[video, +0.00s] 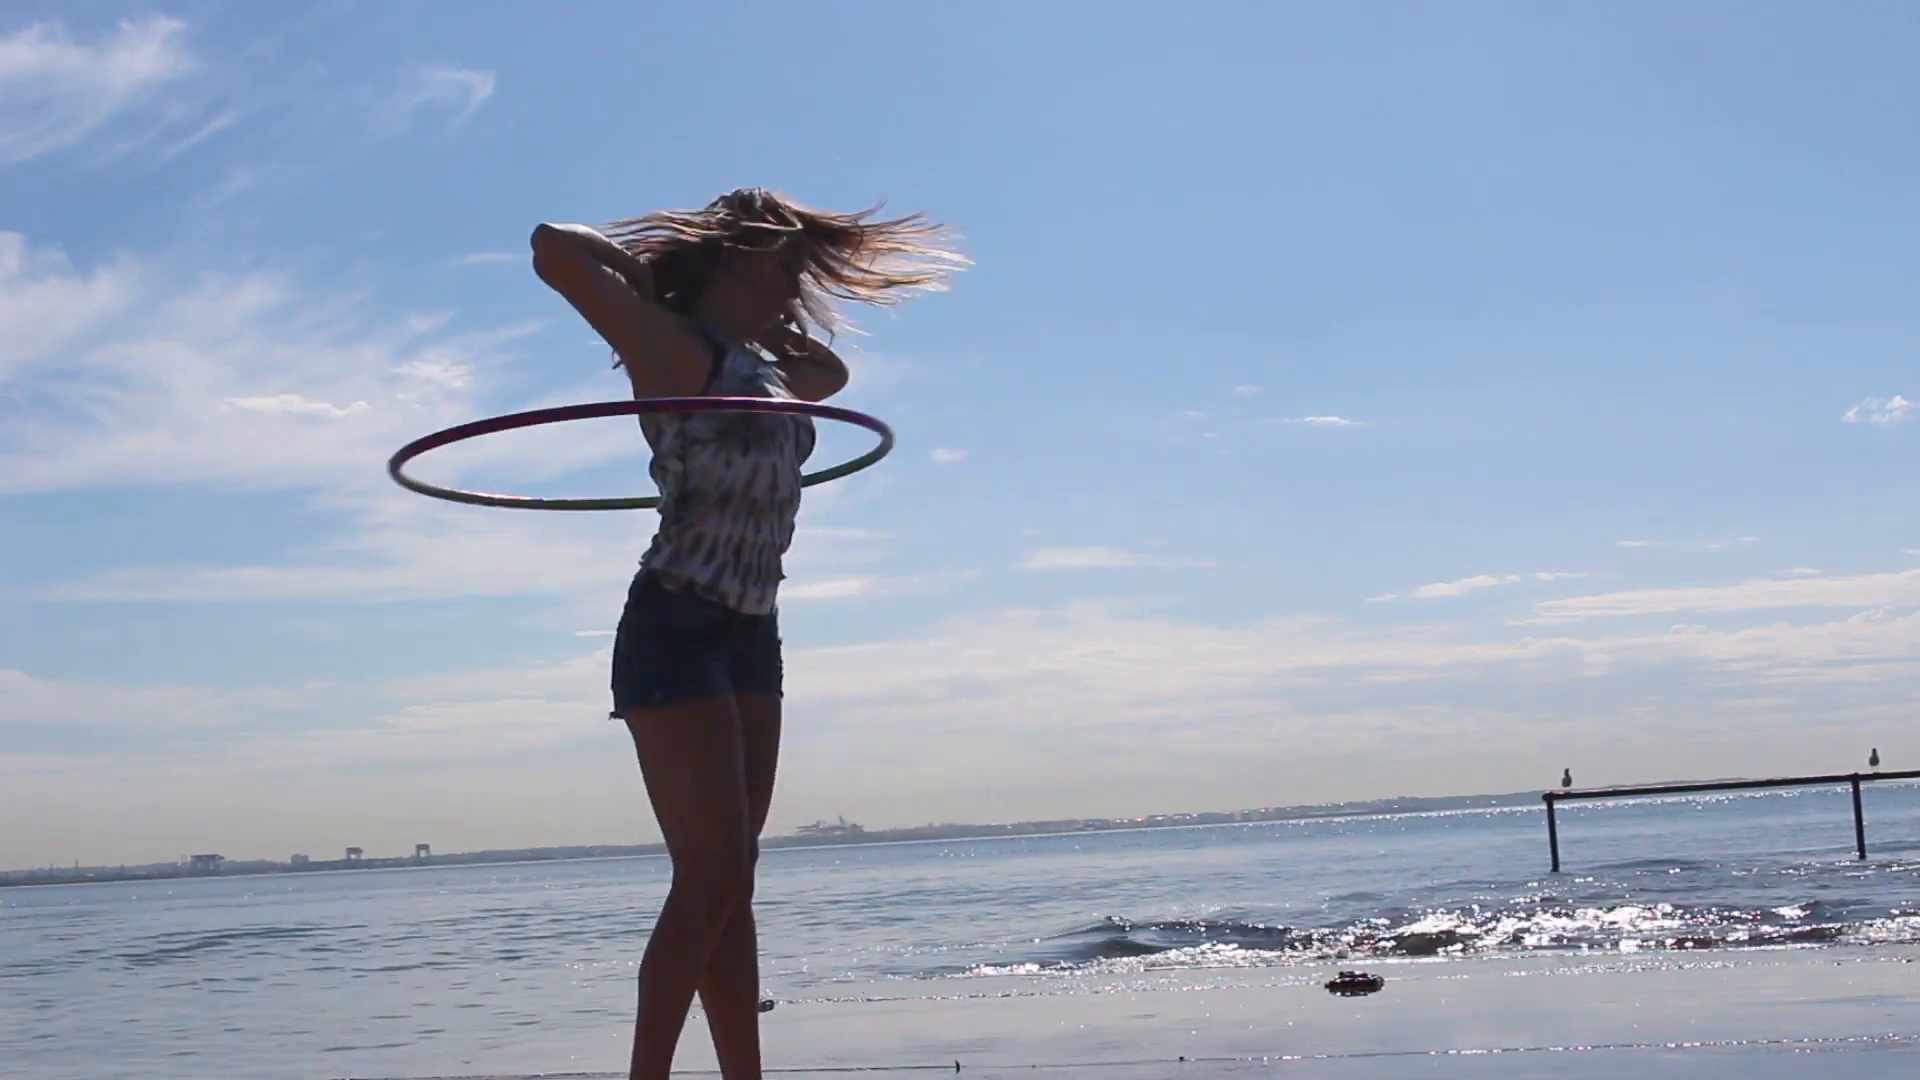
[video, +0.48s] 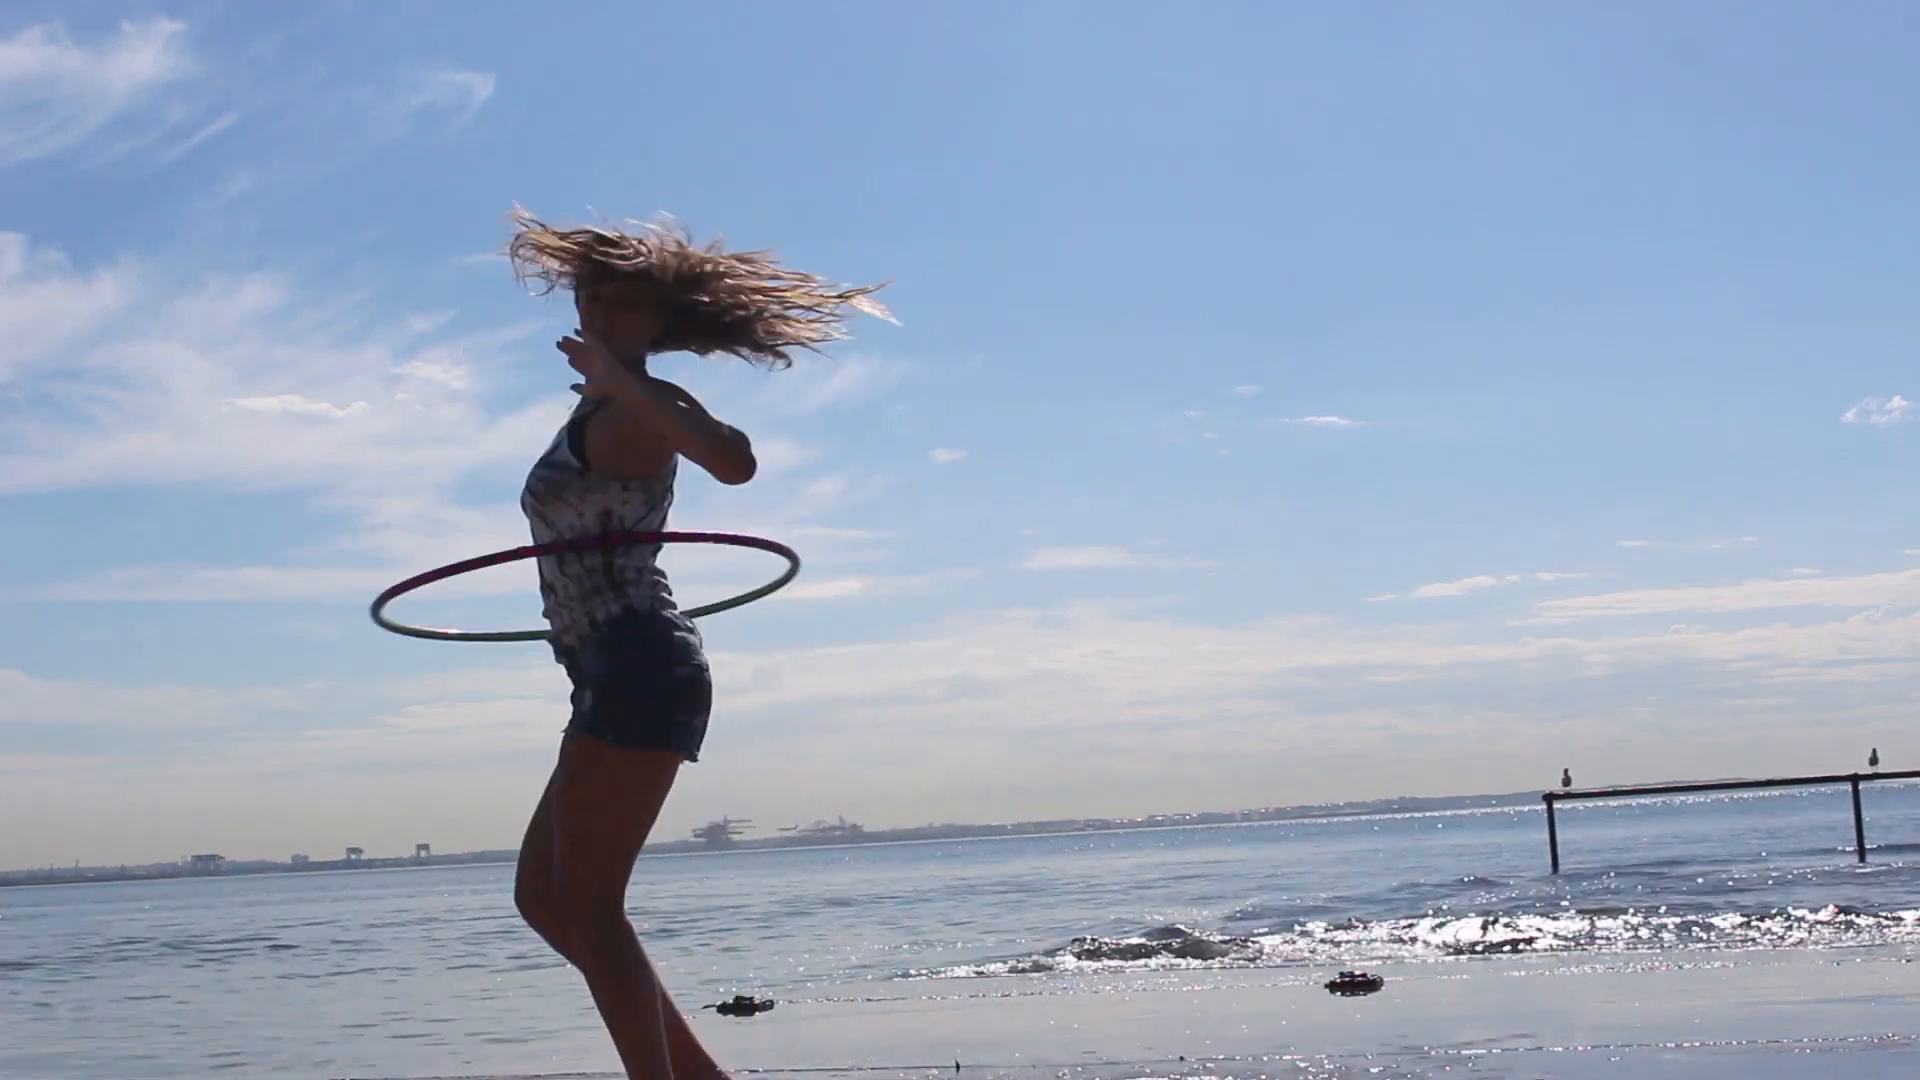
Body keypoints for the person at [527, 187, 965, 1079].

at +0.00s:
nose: (795, 288)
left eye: (798, 271)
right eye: (783, 268)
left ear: (761, 278)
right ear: (730, 266)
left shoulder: (763, 366)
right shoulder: (668, 347)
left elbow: (831, 373)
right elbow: (552, 246)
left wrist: (777, 321)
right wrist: (643, 262)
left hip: (752, 636)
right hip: (674, 630)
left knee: (733, 877)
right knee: (710, 873)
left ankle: (743, 1076)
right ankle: (648, 1073)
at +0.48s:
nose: (582, 318)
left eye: (597, 302)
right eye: (584, 304)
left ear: (637, 316)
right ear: (611, 318)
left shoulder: (651, 402)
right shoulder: (597, 412)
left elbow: (737, 461)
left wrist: (628, 386)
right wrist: (579, 623)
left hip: (646, 673)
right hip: (614, 672)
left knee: (582, 902)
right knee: (541, 896)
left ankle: (657, 1073)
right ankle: (699, 1068)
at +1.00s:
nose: (506, 395)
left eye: (503, 384)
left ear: (519, 379)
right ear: (574, 340)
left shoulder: (529, 442)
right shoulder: (661, 401)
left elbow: (412, 505)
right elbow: (764, 408)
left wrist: (417, 410)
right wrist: (729, 336)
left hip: (550, 682)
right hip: (646, 677)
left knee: (610, 893)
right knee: (708, 883)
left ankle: (620, 1067)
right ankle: (624, 1051)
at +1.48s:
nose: (763, 311)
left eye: (763, 299)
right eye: (746, 298)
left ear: (741, 327)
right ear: (694, 317)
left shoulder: (756, 418)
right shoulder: (629, 394)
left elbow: (816, 467)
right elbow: (487, 398)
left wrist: (891, 472)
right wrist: (425, 298)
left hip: (723, 679)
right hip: (631, 677)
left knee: (761, 875)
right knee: (650, 897)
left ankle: (722, 1072)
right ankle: (622, 1054)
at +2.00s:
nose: (676, 301)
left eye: (693, 286)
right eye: (674, 287)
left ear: (741, 293)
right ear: (690, 298)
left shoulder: (745, 370)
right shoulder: (718, 378)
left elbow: (793, 386)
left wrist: (830, 372)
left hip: (772, 634)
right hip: (803, 632)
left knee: (742, 859)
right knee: (808, 867)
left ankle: (774, 1072)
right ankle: (855, 1069)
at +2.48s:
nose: (803, 328)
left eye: (808, 315)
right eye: (788, 311)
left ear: (809, 319)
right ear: (746, 312)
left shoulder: (785, 396)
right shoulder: (725, 394)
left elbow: (847, 331)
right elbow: (850, 355)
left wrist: (844, 199)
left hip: (793, 685)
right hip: (705, 685)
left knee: (848, 890)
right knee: (688, 903)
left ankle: (785, 1075)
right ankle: (615, 1056)